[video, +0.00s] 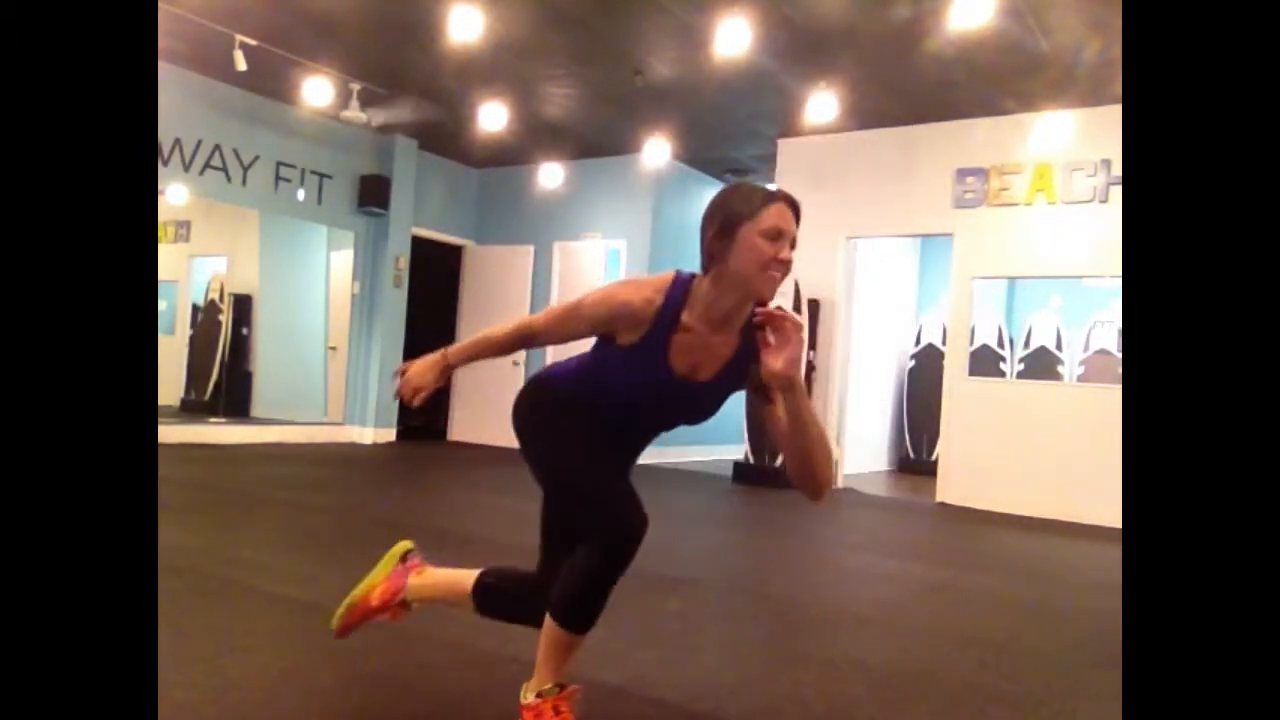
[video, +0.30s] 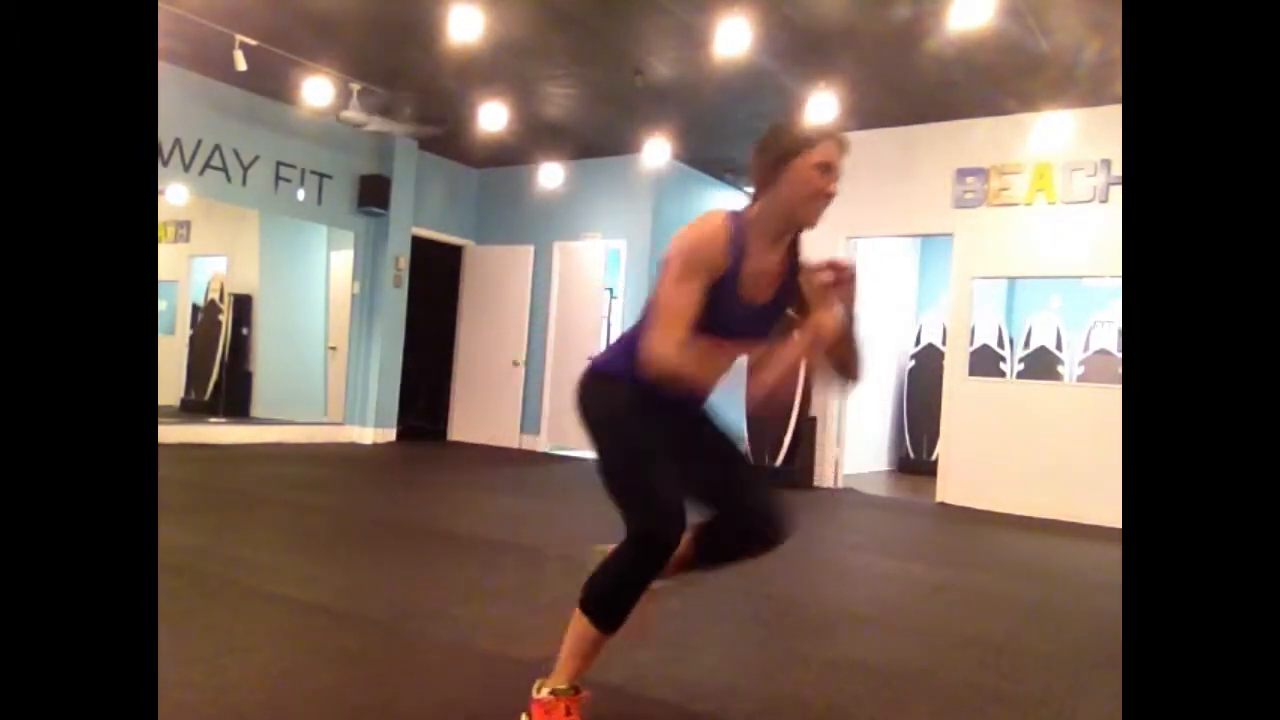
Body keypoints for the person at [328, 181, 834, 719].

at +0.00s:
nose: (786, 256)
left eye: (792, 244)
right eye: (773, 237)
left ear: (789, 256)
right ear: (723, 239)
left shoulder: (765, 342)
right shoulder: (644, 302)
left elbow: (817, 484)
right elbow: (531, 331)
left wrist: (789, 386)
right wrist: (441, 361)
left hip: (612, 447)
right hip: (557, 411)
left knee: (549, 601)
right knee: (619, 525)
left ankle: (411, 580)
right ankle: (543, 689)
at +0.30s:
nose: (832, 187)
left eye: (836, 175)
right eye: (822, 170)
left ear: (825, 186)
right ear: (776, 171)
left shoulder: (792, 270)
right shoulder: (710, 237)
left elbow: (844, 371)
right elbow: (660, 355)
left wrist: (830, 314)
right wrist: (776, 345)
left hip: (678, 404)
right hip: (618, 390)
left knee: (759, 522)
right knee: (656, 531)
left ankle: (636, 566)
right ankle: (557, 689)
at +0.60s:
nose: (946, 191)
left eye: (950, 181)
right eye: (938, 179)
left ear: (934, 186)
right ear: (900, 178)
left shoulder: (914, 238)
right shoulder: (853, 231)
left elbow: (942, 291)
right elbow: (874, 321)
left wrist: (997, 327)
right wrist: (935, 266)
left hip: (799, 377)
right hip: (747, 368)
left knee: (857, 477)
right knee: (716, 478)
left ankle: (876, 598)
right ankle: (579, 563)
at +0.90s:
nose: (1006, 300)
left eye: (1006, 289)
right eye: (998, 288)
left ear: (964, 293)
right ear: (965, 291)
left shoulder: (926, 331)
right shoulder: (930, 348)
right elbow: (963, 449)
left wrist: (802, 376)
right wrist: (1005, 382)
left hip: (846, 434)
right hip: (799, 437)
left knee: (919, 515)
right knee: (812, 562)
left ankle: (863, 617)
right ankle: (730, 501)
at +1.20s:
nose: (1005, 305)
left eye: (1005, 294)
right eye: (996, 293)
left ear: (972, 300)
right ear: (961, 296)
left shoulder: (945, 344)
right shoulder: (928, 347)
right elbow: (943, 451)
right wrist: (996, 394)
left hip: (851, 432)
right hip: (798, 437)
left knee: (920, 513)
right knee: (830, 557)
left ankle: (864, 615)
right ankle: (772, 515)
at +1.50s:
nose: (957, 215)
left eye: (959, 204)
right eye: (948, 202)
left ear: (931, 210)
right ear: (914, 204)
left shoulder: (935, 272)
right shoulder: (864, 261)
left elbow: (1001, 328)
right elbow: (767, 295)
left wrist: (998, 302)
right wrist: (697, 353)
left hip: (836, 398)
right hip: (785, 395)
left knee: (896, 506)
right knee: (840, 494)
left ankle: (864, 616)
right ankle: (739, 583)